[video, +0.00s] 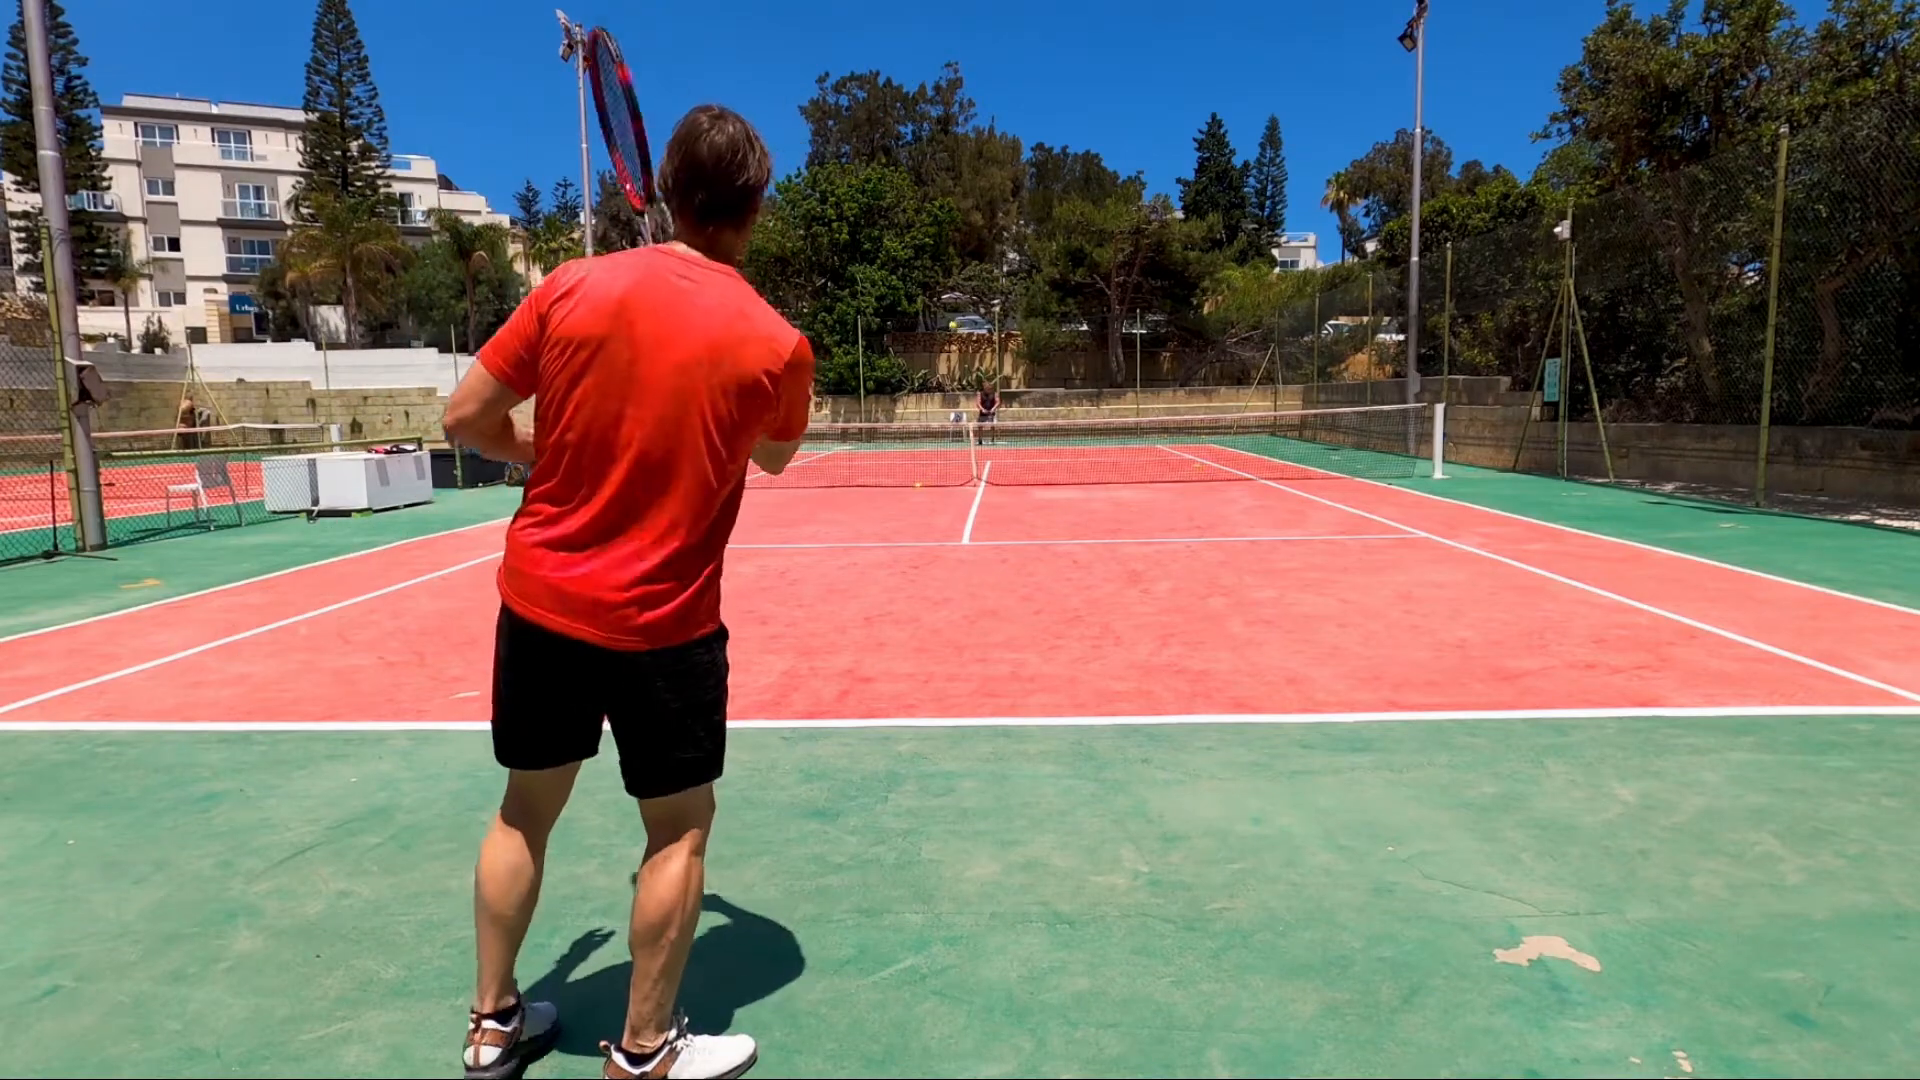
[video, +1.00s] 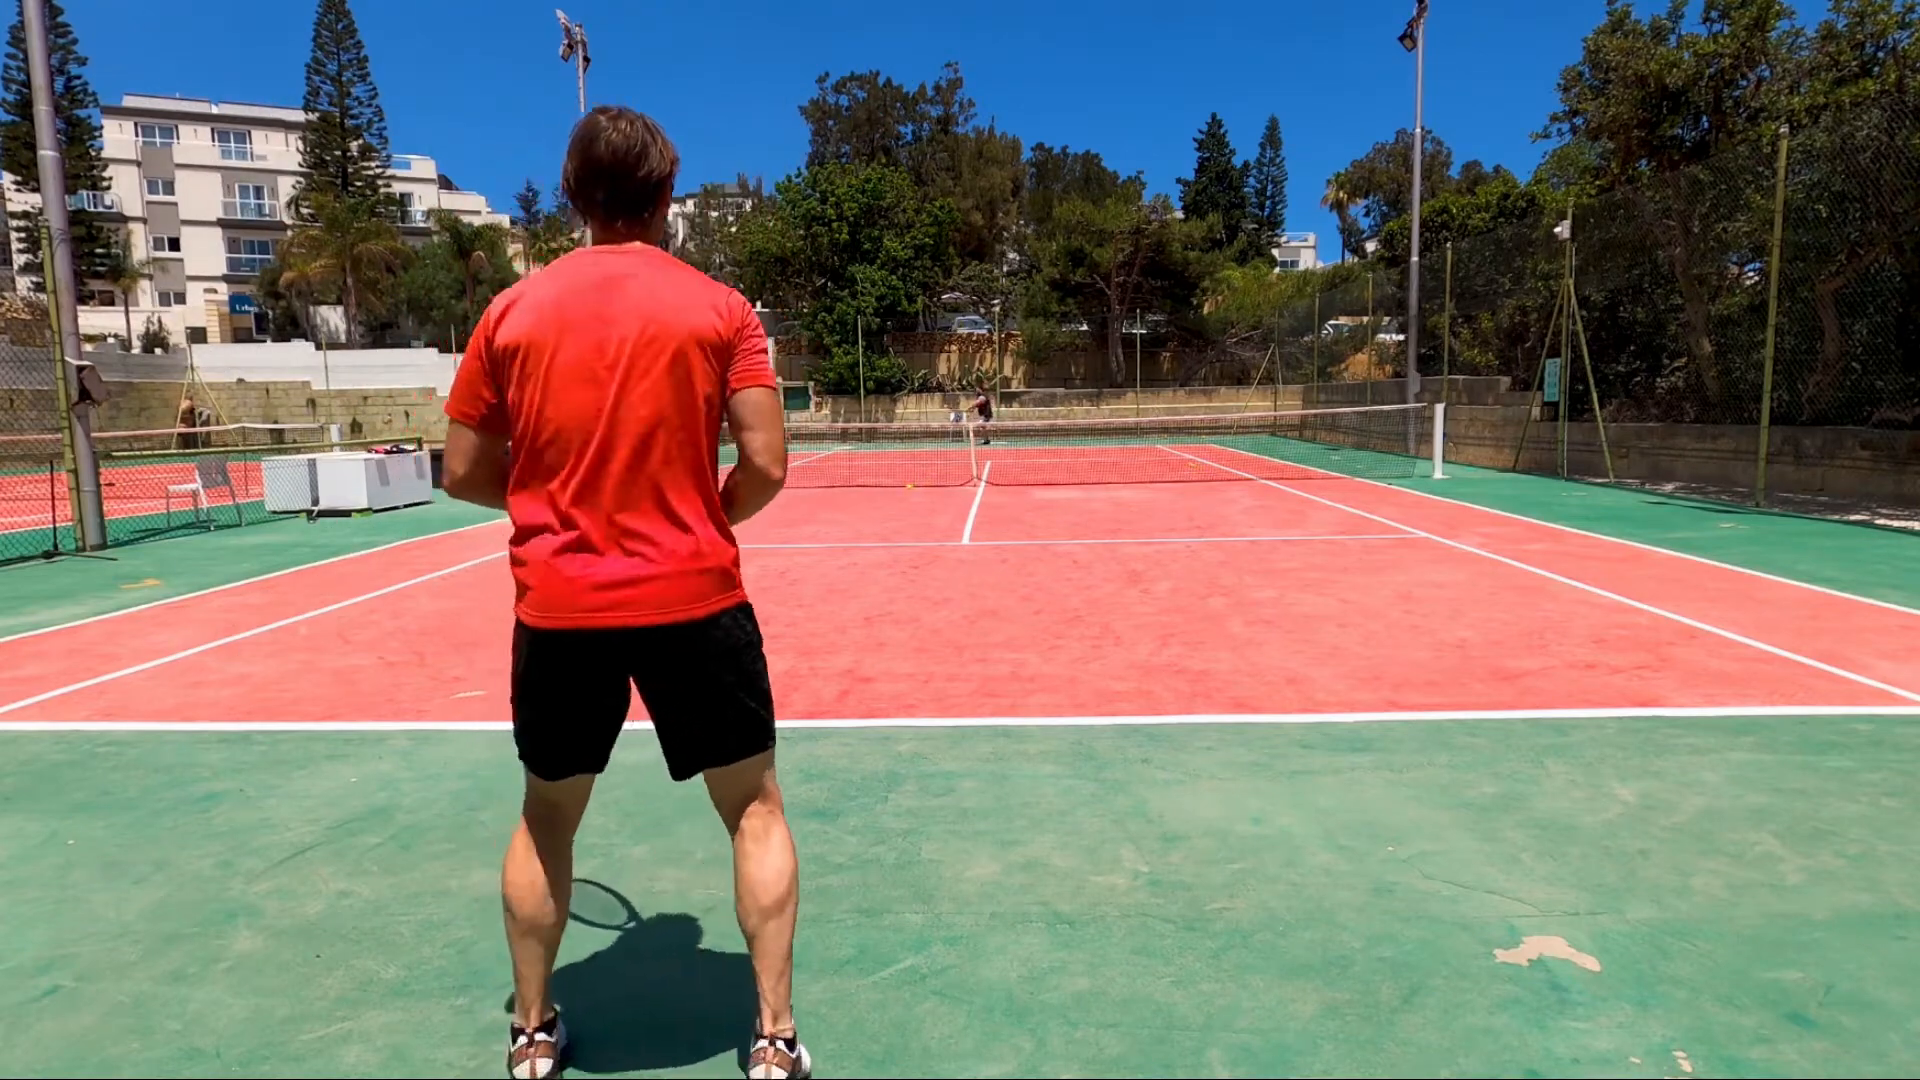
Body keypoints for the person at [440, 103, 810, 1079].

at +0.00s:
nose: (750, 211)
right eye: (756, 198)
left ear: (660, 196)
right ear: (757, 206)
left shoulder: (575, 288)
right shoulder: (774, 343)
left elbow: (467, 415)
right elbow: (772, 454)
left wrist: (548, 453)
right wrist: (694, 391)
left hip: (542, 609)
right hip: (669, 629)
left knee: (523, 809)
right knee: (676, 834)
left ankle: (491, 1018)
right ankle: (646, 1044)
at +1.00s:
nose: (667, 206)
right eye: (668, 192)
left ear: (574, 196)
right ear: (667, 198)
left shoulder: (514, 310)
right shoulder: (719, 308)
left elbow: (465, 471)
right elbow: (765, 465)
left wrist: (559, 471)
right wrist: (708, 517)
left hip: (561, 613)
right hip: (694, 606)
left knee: (547, 818)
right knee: (753, 803)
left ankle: (532, 1030)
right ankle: (774, 1033)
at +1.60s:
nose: (682, 211)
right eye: (680, 198)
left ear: (577, 209)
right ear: (672, 210)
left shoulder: (502, 323)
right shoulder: (719, 324)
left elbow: (450, 481)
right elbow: (779, 484)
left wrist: (546, 509)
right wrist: (699, 530)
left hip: (527, 642)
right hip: (667, 642)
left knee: (469, 838)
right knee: (751, 851)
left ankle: (378, 1052)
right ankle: (771, 1070)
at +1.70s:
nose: (676, 287)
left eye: (669, 271)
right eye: (673, 273)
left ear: (568, 283)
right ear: (663, 285)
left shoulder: (498, 389)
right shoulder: (689, 397)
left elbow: (449, 554)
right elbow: (752, 566)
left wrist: (545, 578)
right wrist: (695, 615)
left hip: (498, 708)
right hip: (637, 710)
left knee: (457, 877)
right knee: (769, 865)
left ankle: (362, 1069)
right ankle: (764, 1072)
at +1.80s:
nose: (695, 322)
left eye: (689, 306)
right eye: (693, 308)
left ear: (589, 316)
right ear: (682, 320)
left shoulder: (522, 426)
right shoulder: (686, 434)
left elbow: (520, 575)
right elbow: (735, 608)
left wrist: (669, 617)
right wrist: (731, 654)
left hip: (488, 740)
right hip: (620, 742)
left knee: (463, 880)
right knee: (810, 860)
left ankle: (360, 1068)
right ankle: (763, 1072)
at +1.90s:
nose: (757, 323)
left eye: (755, 309)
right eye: (754, 309)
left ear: (657, 316)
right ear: (743, 318)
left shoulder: (598, 414)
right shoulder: (732, 426)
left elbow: (597, 596)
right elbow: (763, 607)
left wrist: (718, 642)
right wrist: (788, 672)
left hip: (526, 733)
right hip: (651, 740)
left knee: (491, 891)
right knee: (847, 867)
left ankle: (363, 1070)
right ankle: (785, 1072)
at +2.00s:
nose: (858, 286)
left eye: (853, 271)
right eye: (855, 272)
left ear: (758, 277)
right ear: (843, 282)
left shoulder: (705, 377)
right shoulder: (823, 398)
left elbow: (707, 541)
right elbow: (835, 590)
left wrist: (808, 622)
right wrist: (886, 669)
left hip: (618, 701)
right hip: (725, 720)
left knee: (582, 881)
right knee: (876, 900)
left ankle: (402, 1053)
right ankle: (782, 1074)